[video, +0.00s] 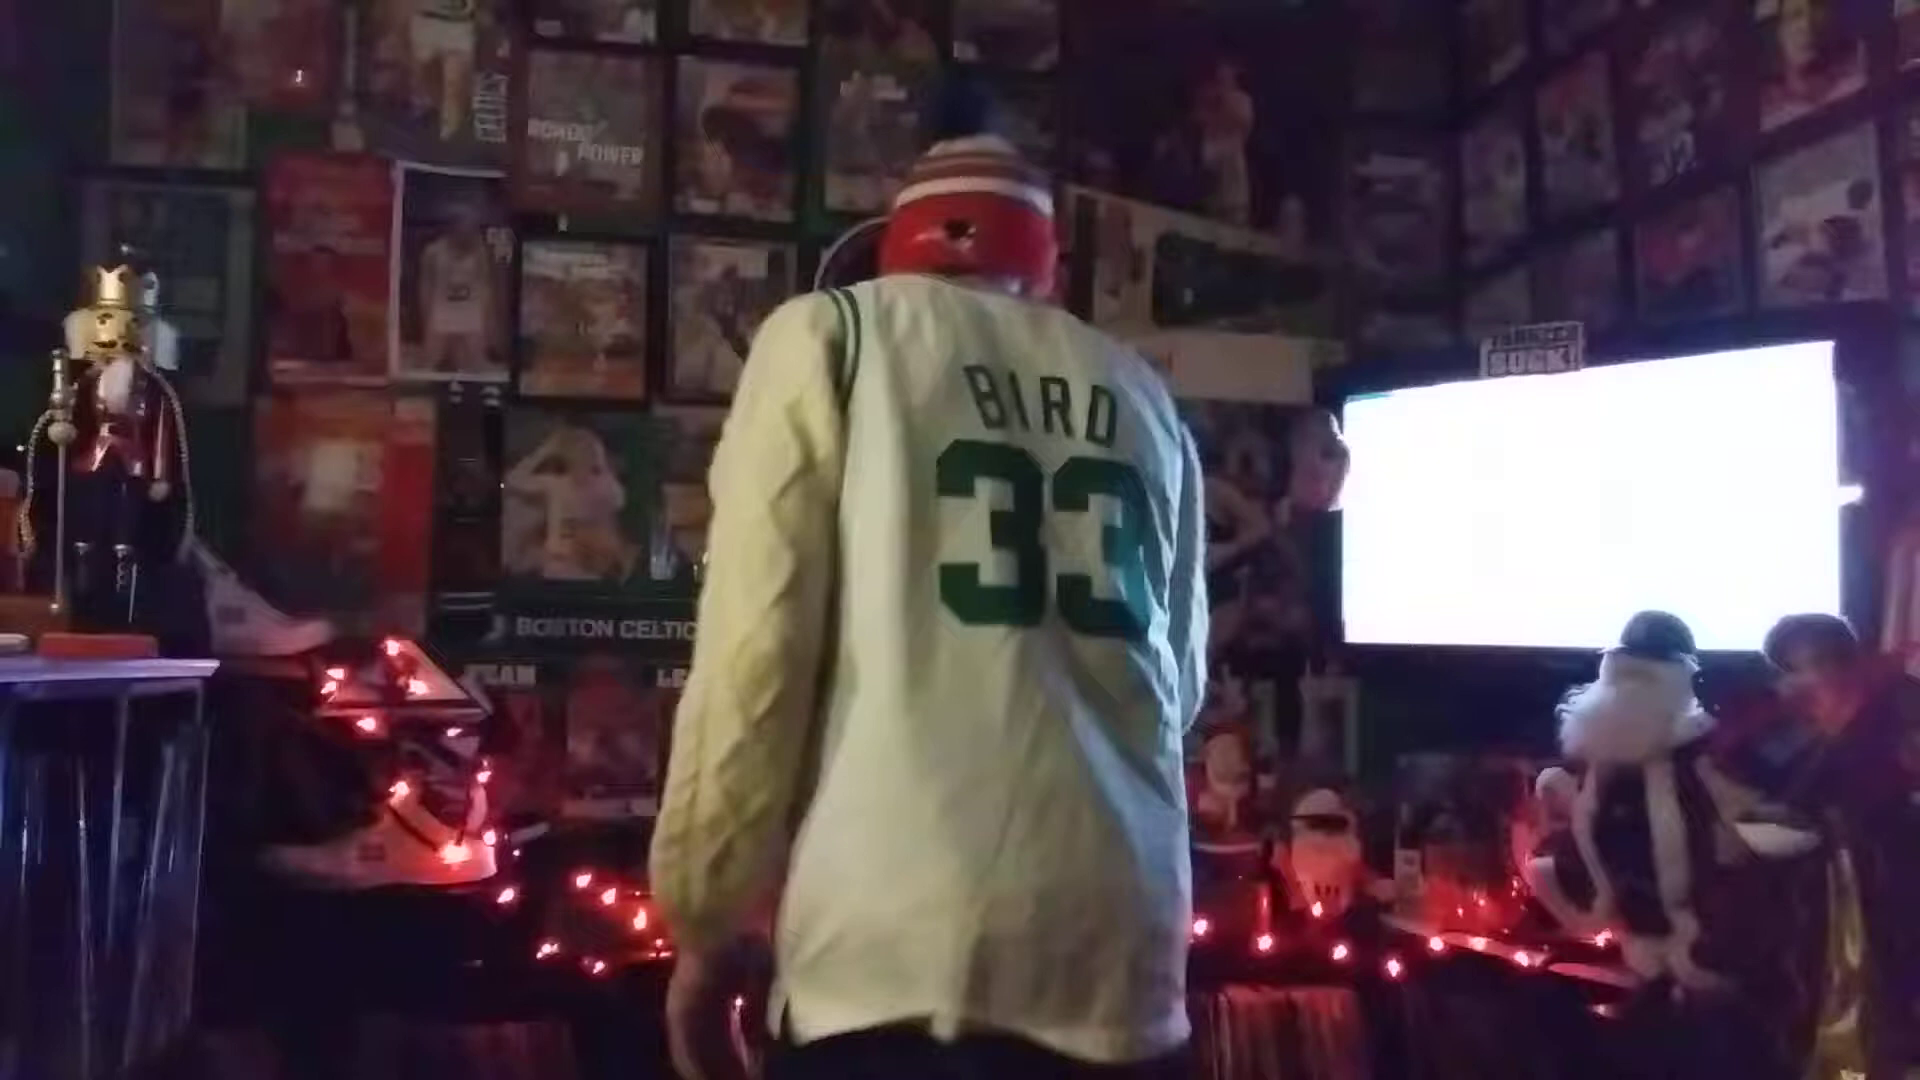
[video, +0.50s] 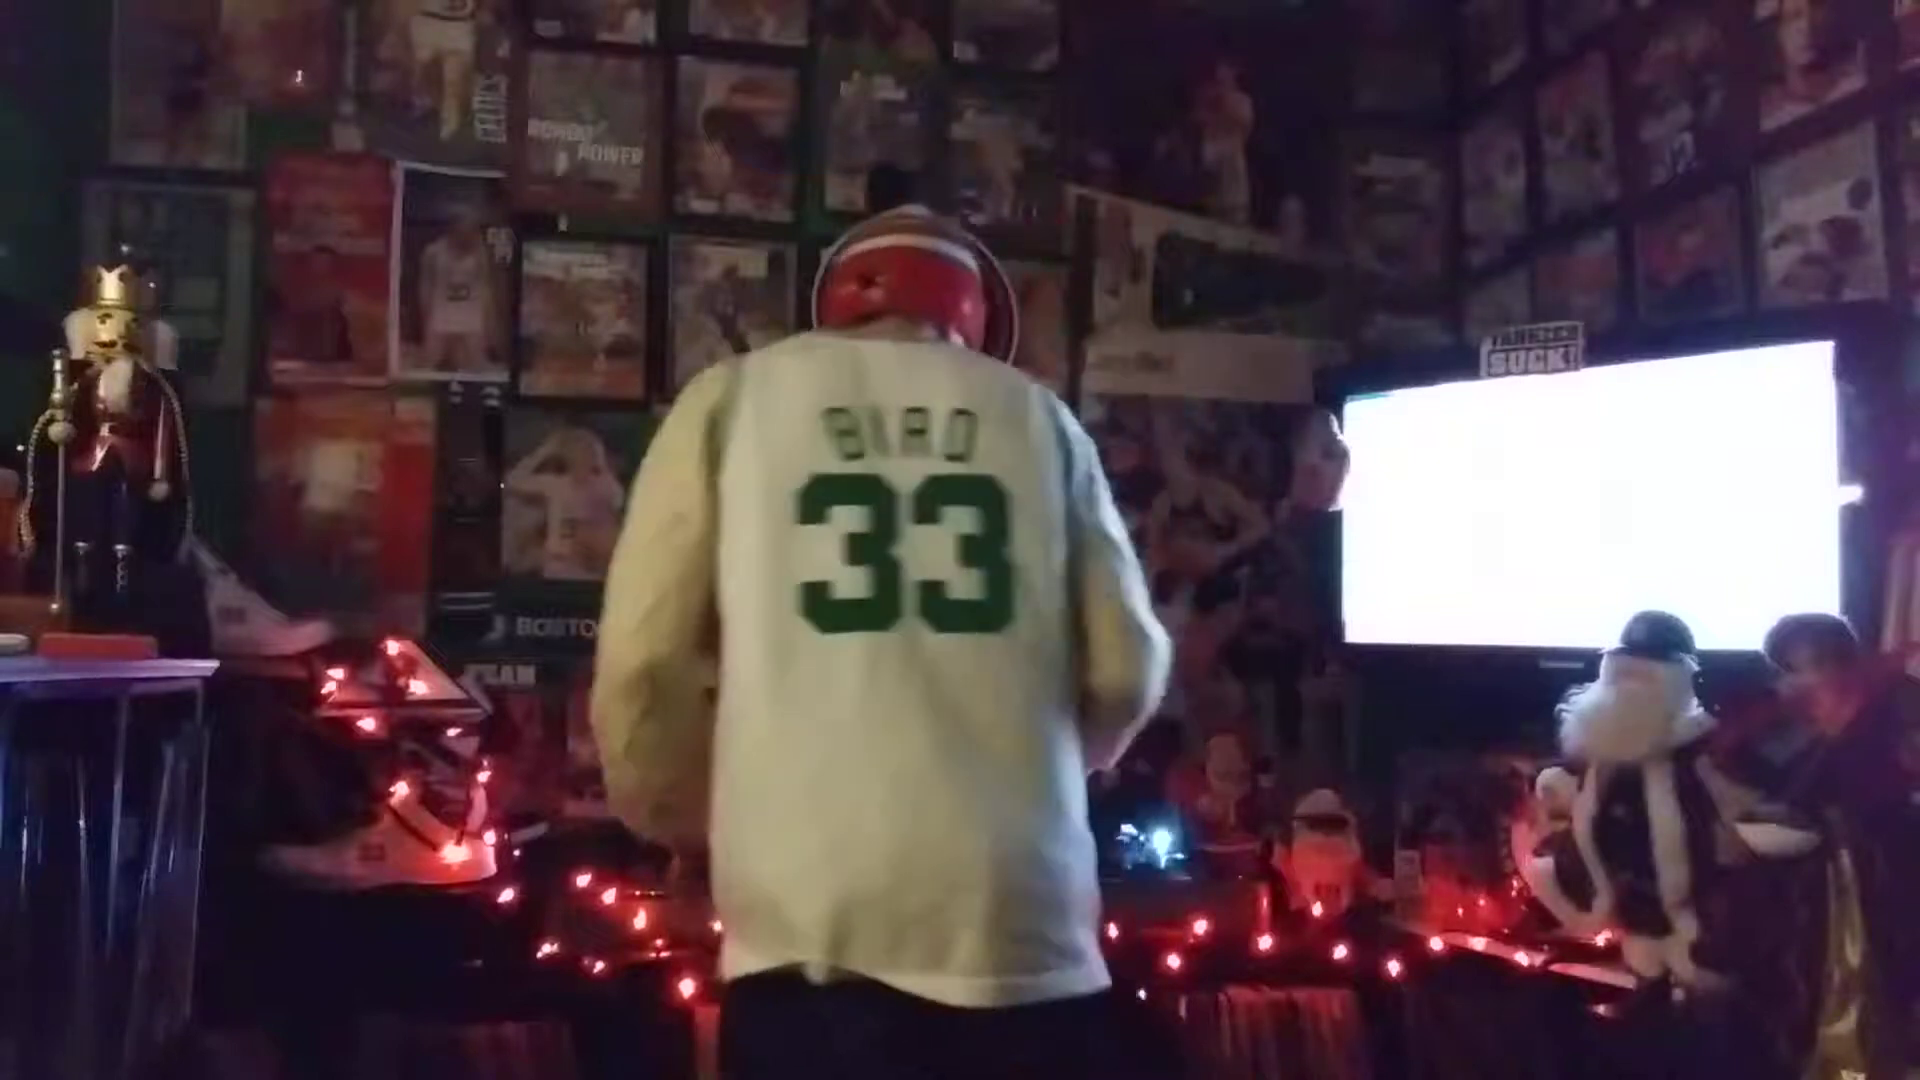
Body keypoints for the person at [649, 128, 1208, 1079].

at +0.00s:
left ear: (896, 249)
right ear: (1048, 273)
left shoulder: (826, 335)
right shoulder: (1150, 400)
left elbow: (759, 643)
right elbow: (1181, 685)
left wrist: (706, 929)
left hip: (888, 926)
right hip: (1121, 953)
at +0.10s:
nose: (874, 280)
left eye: (879, 262)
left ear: (891, 255)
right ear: (1035, 282)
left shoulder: (830, 330)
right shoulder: (1137, 397)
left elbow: (769, 632)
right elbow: (1180, 681)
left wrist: (707, 894)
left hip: (888, 903)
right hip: (1114, 925)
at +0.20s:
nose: (867, 293)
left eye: (871, 272)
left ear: (884, 269)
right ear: (1021, 289)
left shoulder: (824, 336)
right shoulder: (1120, 407)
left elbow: (763, 614)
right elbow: (1182, 684)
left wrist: (704, 852)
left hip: (881, 904)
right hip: (1096, 925)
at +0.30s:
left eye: (869, 284)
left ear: (871, 284)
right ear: (1009, 310)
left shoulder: (800, 358)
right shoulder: (1095, 412)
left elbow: (733, 617)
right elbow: (1177, 684)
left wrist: (693, 839)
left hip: (853, 923)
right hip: (1070, 938)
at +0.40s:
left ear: (851, 301)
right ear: (996, 320)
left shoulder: (765, 381)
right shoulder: (1072, 422)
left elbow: (684, 640)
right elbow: (1159, 676)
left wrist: (688, 841)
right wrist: (1020, 762)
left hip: (824, 928)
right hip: (1045, 936)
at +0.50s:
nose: (990, 338)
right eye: (988, 319)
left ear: (829, 309)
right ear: (975, 318)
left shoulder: (725, 399)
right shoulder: (1043, 419)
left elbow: (639, 665)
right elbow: (1127, 667)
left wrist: (718, 826)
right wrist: (1027, 794)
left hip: (799, 925)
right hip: (1018, 927)